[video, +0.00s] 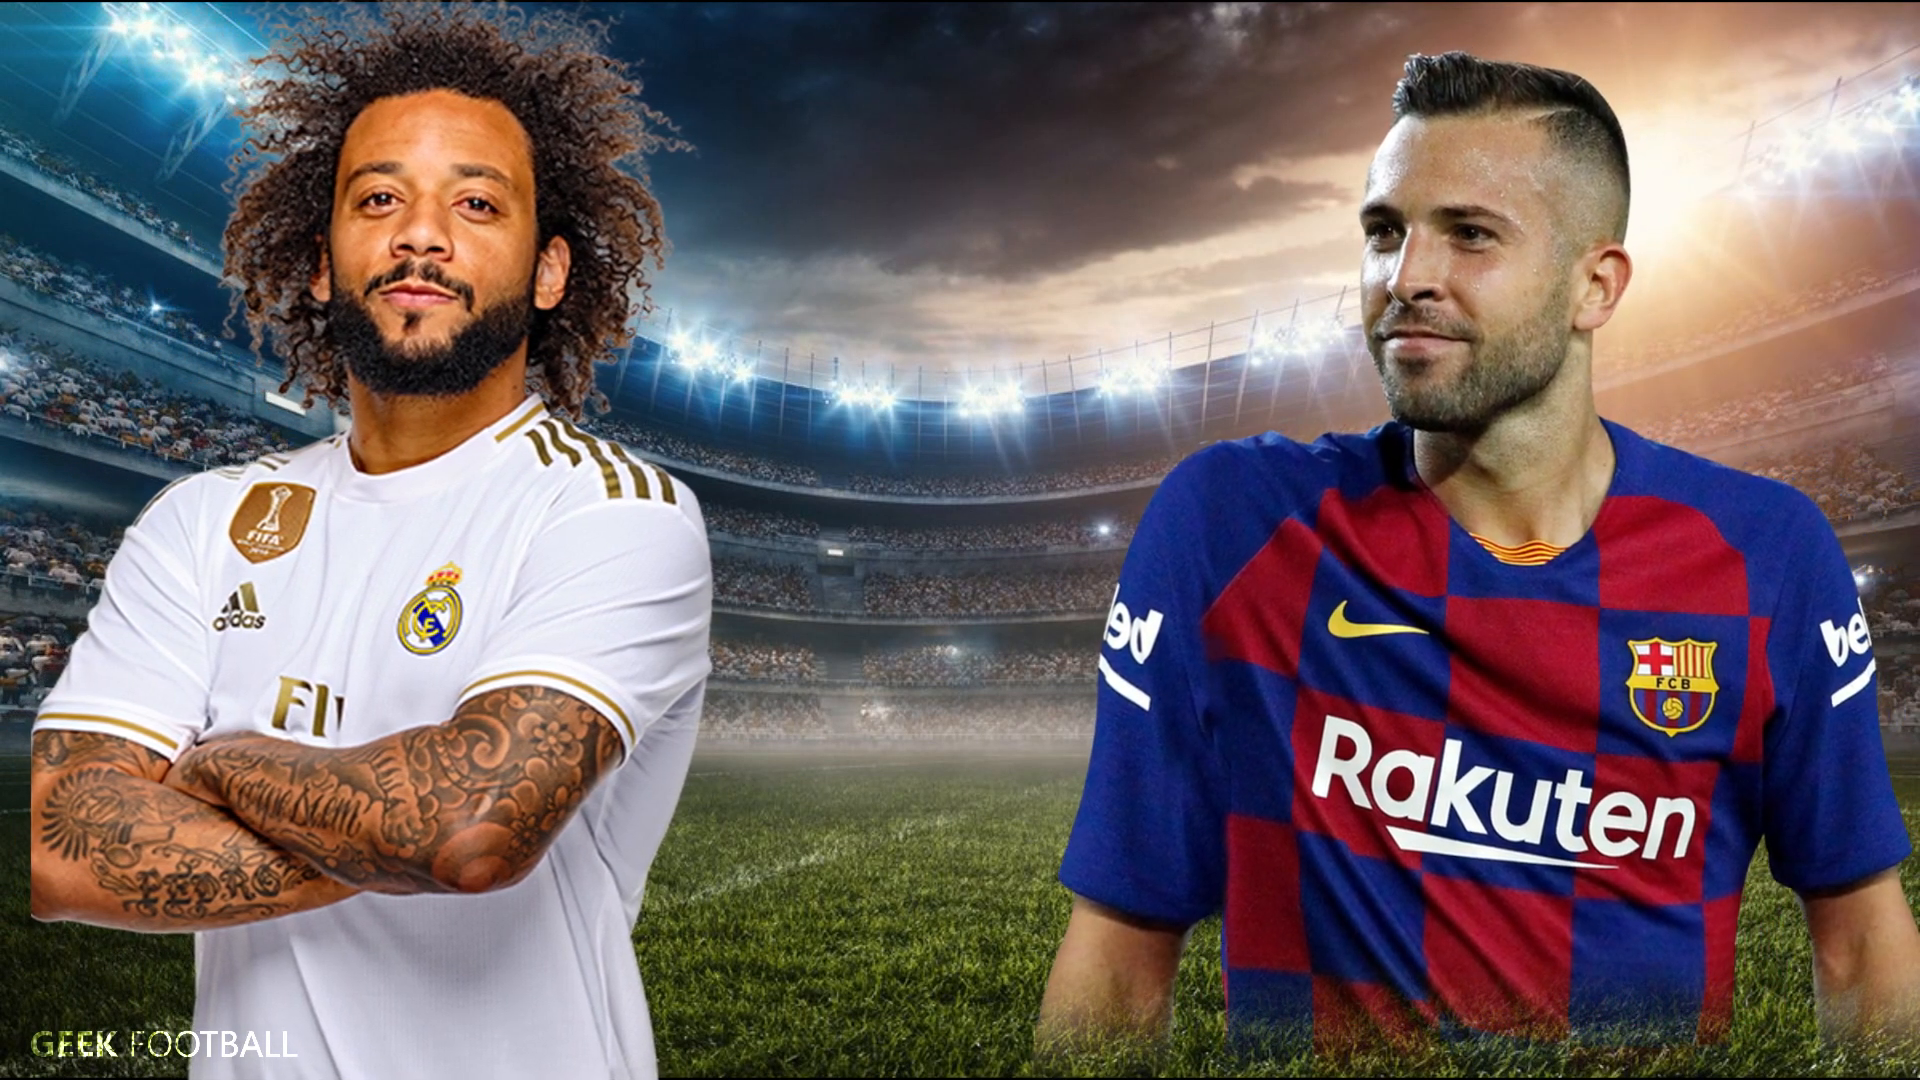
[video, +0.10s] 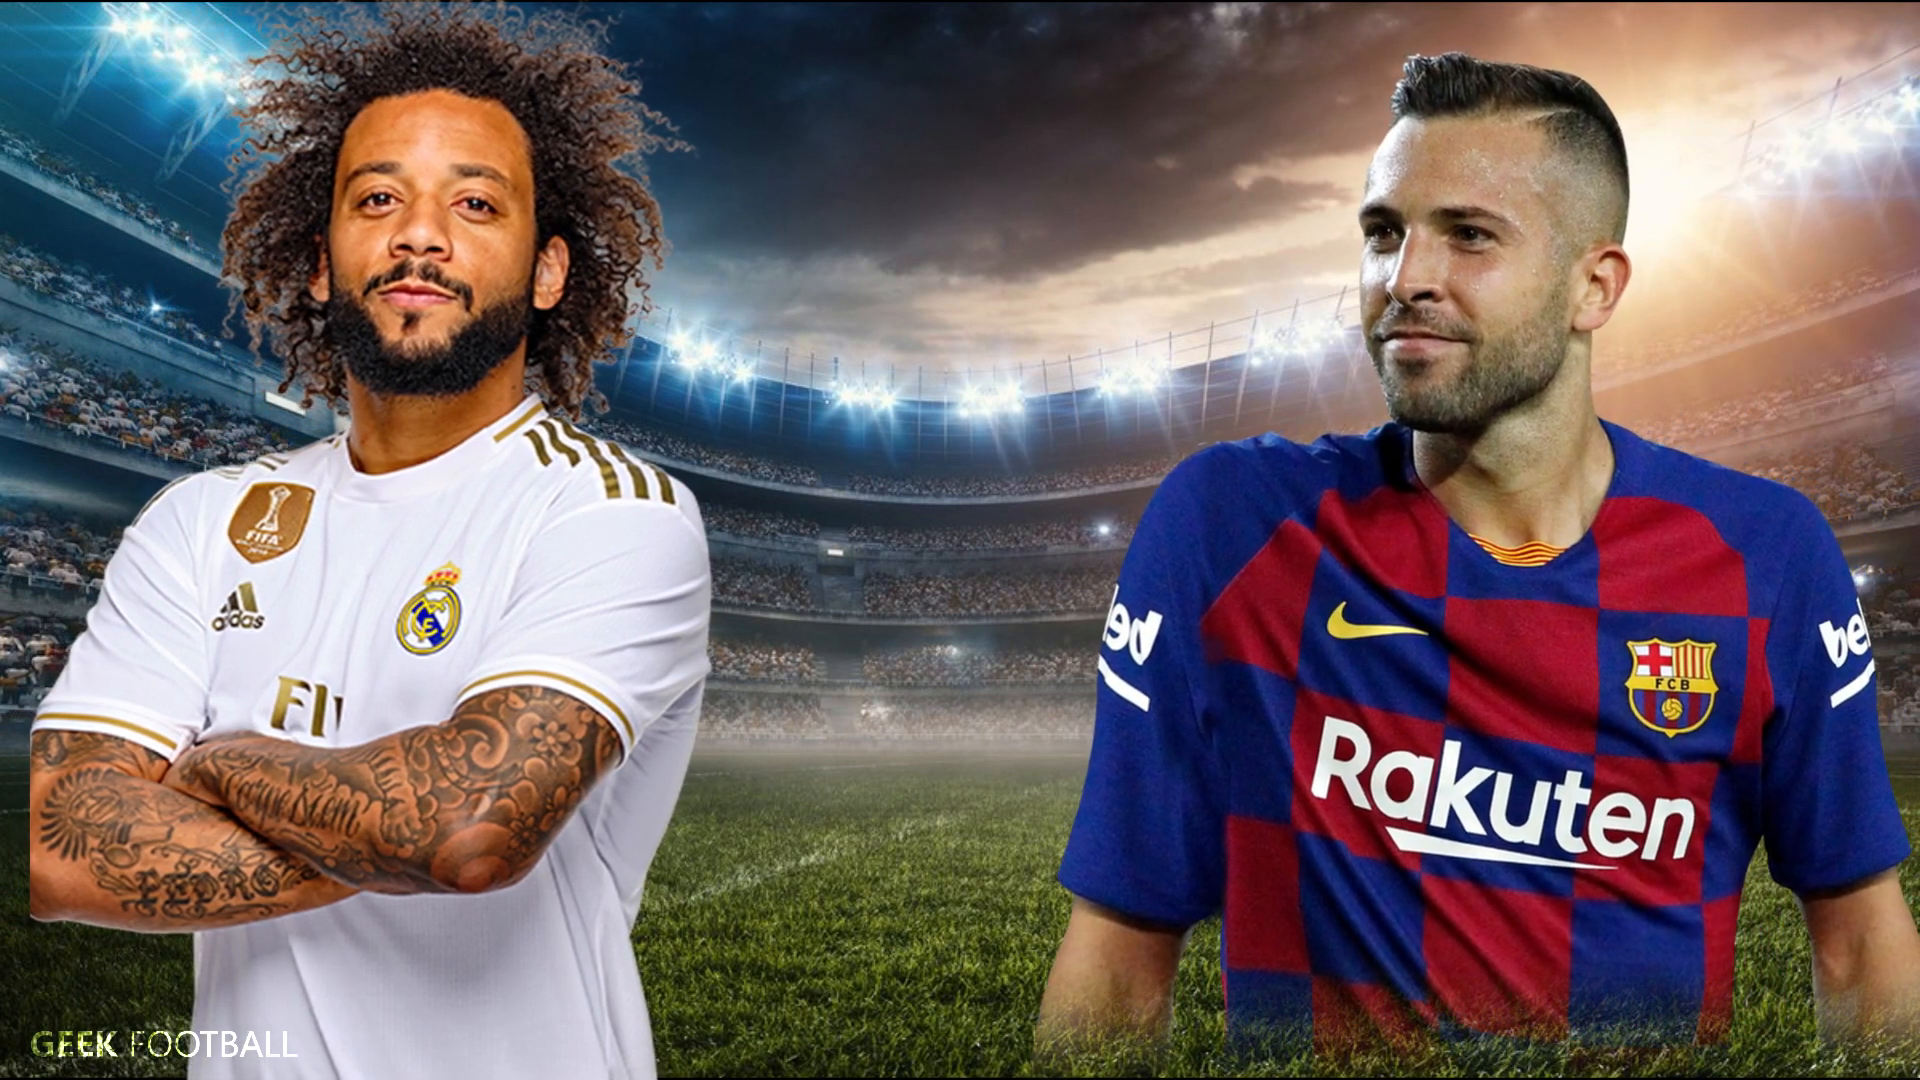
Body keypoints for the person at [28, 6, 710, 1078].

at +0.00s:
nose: (422, 238)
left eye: (478, 204)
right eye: (379, 199)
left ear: (546, 273)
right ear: (325, 260)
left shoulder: (621, 518)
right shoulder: (201, 522)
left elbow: (475, 825)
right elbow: (73, 856)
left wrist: (210, 761)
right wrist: (396, 829)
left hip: (531, 1063)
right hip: (252, 1062)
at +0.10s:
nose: (421, 238)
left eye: (476, 204)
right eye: (378, 199)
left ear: (545, 273)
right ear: (324, 260)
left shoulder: (619, 518)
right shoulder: (199, 522)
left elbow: (474, 825)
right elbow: (72, 856)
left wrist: (209, 760)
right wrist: (395, 828)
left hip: (531, 1063)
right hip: (251, 1062)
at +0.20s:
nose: (418, 237)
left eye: (474, 204)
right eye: (377, 199)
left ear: (543, 274)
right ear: (321, 264)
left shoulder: (607, 503)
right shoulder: (197, 524)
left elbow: (474, 826)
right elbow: (66, 853)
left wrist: (204, 761)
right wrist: (385, 834)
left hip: (528, 1063)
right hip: (252, 1062)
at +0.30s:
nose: (419, 237)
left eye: (474, 204)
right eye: (375, 200)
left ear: (542, 273)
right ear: (322, 261)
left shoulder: (617, 517)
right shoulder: (196, 522)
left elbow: (471, 825)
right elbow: (69, 856)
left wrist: (208, 759)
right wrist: (390, 830)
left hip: (529, 1063)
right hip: (249, 1062)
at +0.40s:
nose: (416, 238)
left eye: (472, 203)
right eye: (374, 199)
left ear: (541, 273)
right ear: (320, 260)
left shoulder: (615, 517)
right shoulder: (196, 522)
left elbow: (469, 825)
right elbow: (68, 857)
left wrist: (207, 760)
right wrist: (389, 831)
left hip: (527, 1064)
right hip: (247, 1062)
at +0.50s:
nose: (415, 238)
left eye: (471, 204)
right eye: (372, 199)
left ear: (539, 273)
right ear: (319, 259)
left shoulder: (614, 517)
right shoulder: (194, 522)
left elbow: (468, 825)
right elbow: (67, 857)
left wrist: (205, 760)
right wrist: (389, 830)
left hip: (526, 1064)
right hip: (246, 1063)